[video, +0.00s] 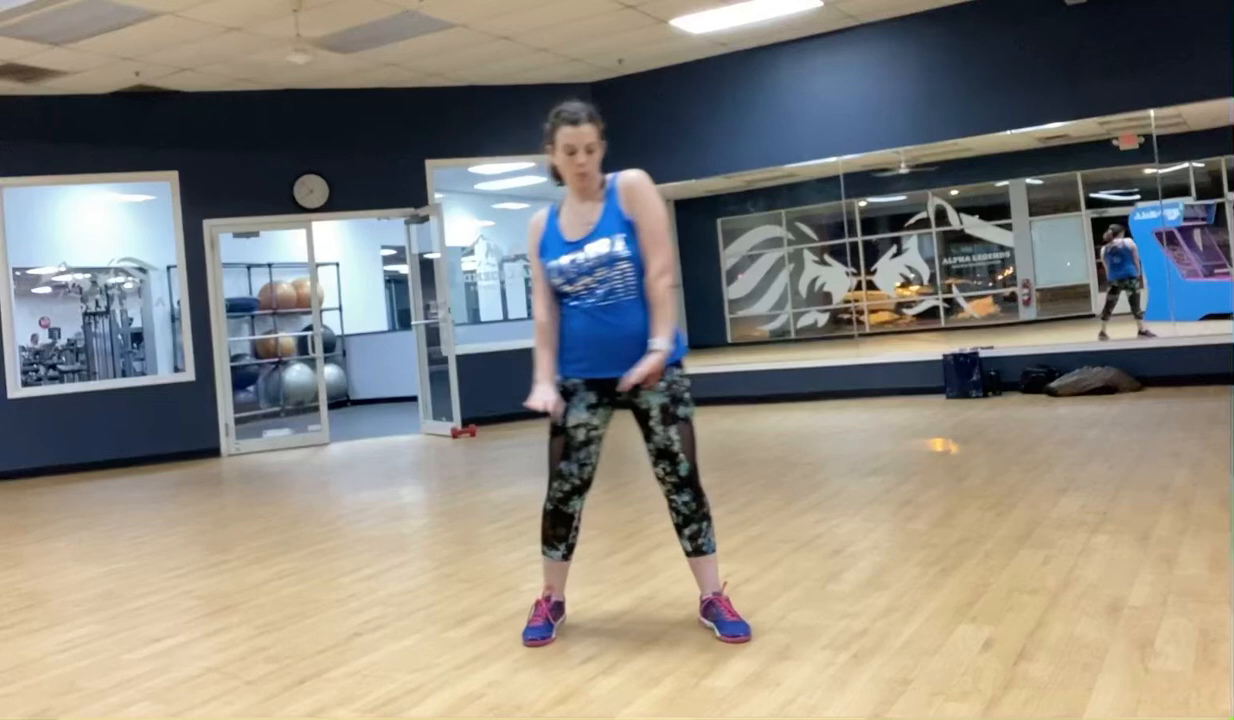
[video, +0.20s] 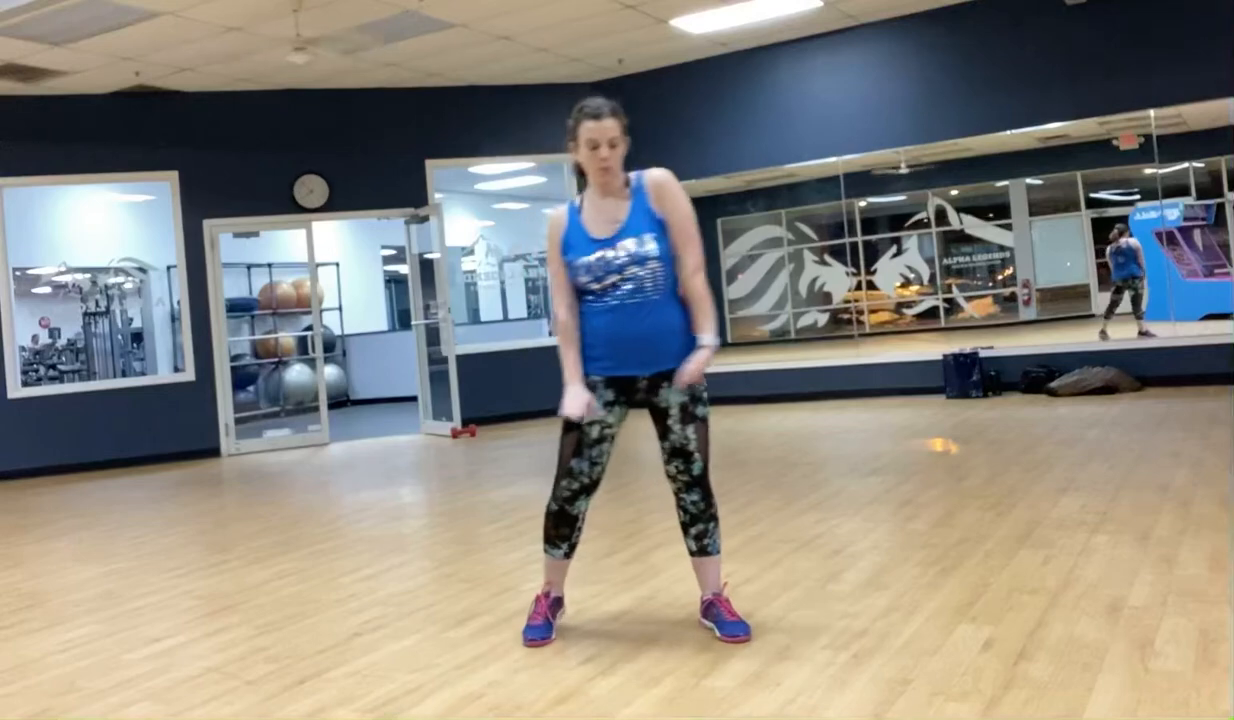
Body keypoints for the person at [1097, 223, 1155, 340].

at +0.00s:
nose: (1123, 236)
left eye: (1122, 234)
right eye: (1123, 234)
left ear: (1111, 234)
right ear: (1122, 233)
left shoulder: (1104, 248)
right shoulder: (1129, 242)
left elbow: (1105, 265)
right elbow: (1136, 259)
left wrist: (1109, 278)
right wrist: (1139, 274)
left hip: (1115, 279)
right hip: (1131, 277)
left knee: (1109, 305)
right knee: (1135, 304)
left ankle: (1102, 330)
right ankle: (1141, 328)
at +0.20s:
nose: (1110, 234)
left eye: (1113, 232)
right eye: (1129, 233)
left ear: (1116, 234)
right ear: (1127, 233)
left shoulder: (1110, 248)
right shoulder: (1134, 242)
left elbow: (1111, 265)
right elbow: (1140, 259)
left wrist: (1115, 276)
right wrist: (1143, 272)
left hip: (1119, 278)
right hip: (1135, 276)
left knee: (1113, 303)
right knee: (1137, 304)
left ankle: (1103, 328)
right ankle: (1142, 329)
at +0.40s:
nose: (1114, 234)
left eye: (1116, 232)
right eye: (1115, 232)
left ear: (1121, 234)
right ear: (1127, 233)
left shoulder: (1113, 248)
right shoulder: (1134, 245)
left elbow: (1113, 264)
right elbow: (1142, 262)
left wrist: (1116, 276)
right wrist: (1150, 275)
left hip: (1120, 279)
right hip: (1135, 278)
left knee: (1115, 304)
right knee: (1137, 304)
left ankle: (1108, 329)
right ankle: (1141, 329)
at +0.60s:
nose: (1128, 236)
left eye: (1127, 234)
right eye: (1127, 234)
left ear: (1115, 234)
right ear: (1126, 235)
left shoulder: (1110, 247)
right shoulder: (1127, 247)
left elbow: (1109, 264)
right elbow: (1135, 264)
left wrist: (1113, 276)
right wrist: (1146, 274)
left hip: (1118, 280)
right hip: (1132, 279)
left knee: (1113, 305)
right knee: (1134, 305)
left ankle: (1107, 330)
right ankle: (1141, 328)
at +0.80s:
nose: (1123, 237)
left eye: (1122, 235)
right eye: (1122, 235)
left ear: (1110, 235)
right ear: (1121, 236)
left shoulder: (1104, 247)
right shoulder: (1123, 248)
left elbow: (1101, 263)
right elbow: (1129, 265)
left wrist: (1103, 277)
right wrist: (1138, 280)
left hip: (1109, 280)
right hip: (1123, 279)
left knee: (1107, 304)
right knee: (1131, 303)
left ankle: (1105, 330)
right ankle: (1140, 328)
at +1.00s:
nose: (1121, 236)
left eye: (1120, 234)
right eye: (1121, 234)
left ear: (1109, 235)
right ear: (1120, 235)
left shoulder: (1103, 248)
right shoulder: (1125, 248)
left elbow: (1099, 263)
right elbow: (1130, 264)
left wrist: (1098, 276)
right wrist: (1132, 275)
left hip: (1108, 280)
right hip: (1124, 280)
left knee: (1106, 305)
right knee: (1132, 303)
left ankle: (1105, 330)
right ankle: (1140, 328)